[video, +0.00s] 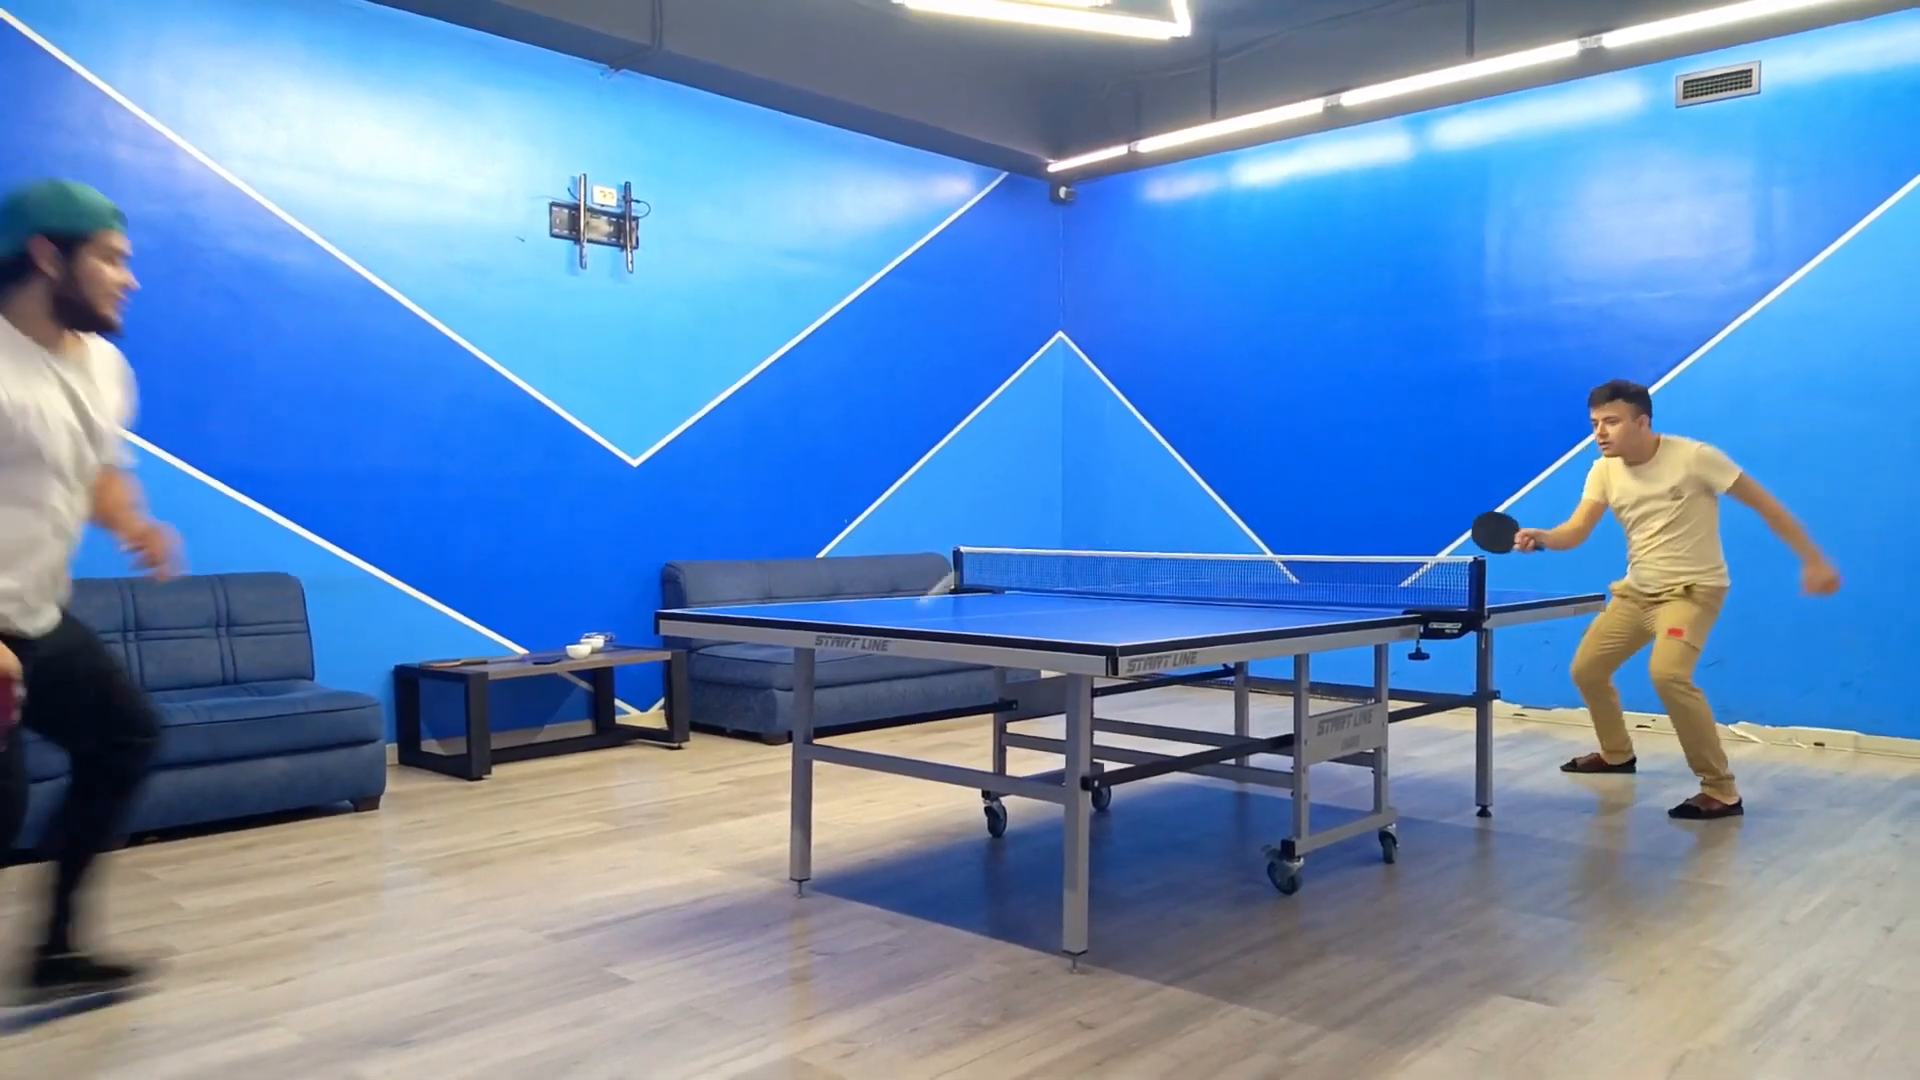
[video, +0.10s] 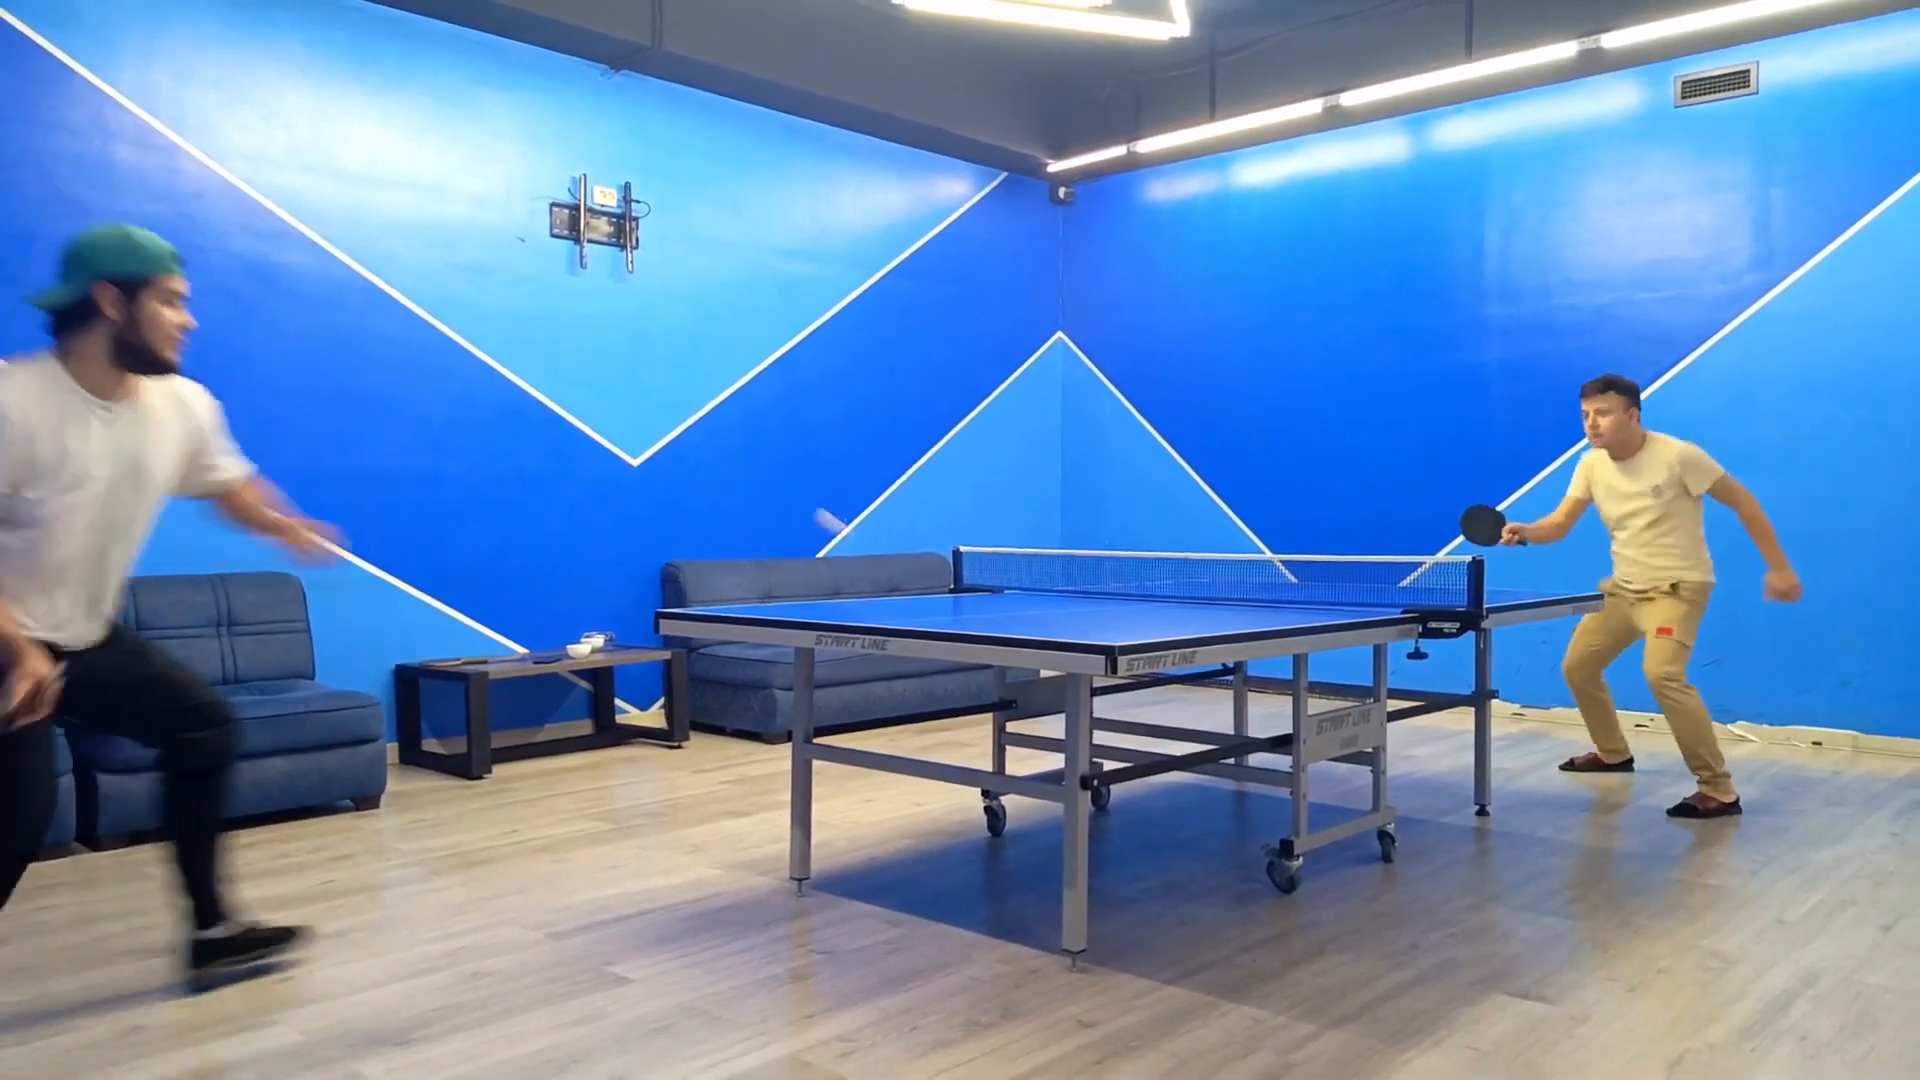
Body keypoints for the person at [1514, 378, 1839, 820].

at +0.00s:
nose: (1600, 432)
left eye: (1610, 422)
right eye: (1595, 424)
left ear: (1643, 421)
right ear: (1594, 426)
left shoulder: (1694, 459)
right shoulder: (1605, 470)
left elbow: (1766, 505)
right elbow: (1576, 530)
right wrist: (1542, 538)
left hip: (1692, 590)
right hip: (1637, 592)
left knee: (1668, 676)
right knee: (1587, 671)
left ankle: (1721, 792)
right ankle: (1616, 754)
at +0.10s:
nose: (1591, 424)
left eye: (1602, 414)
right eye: (1586, 416)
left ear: (1633, 415)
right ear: (1584, 419)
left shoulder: (1678, 457)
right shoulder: (1591, 465)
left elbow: (1743, 502)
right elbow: (1559, 524)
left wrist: (1779, 567)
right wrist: (1525, 532)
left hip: (1677, 589)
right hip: (1624, 591)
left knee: (1663, 674)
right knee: (1578, 667)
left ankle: (1718, 790)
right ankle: (1613, 753)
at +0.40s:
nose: (1552, 418)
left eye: (1562, 407)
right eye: (1547, 411)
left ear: (1591, 409)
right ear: (1546, 419)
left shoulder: (1630, 446)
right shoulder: (1569, 465)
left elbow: (1700, 480)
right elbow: (1578, 527)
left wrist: (1711, 548)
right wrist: (1532, 553)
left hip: (1659, 575)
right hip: (1614, 580)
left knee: (1666, 667)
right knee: (1576, 648)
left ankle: (1736, 772)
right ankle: (1585, 740)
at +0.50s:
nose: (1544, 445)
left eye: (1553, 435)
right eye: (1539, 438)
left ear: (1582, 436)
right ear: (1539, 443)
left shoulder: (1606, 467)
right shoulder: (1580, 487)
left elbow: (1675, 501)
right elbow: (1603, 553)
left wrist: (1660, 557)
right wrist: (1555, 587)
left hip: (1652, 593)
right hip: (1615, 598)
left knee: (1647, 684)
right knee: (1558, 654)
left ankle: (1736, 775)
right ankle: (1584, 743)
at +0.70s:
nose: (1564, 442)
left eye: (1572, 432)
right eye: (1562, 435)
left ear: (1601, 432)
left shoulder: (1616, 456)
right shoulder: (1600, 481)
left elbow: (1644, 480)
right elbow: (1599, 552)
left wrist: (1604, 506)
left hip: (1646, 588)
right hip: (1617, 595)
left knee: (1641, 682)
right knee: (1556, 649)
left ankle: (1732, 771)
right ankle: (1583, 742)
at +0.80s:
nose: (1587, 405)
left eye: (1595, 395)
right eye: (1584, 397)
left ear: (1625, 395)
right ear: (1588, 403)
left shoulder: (1648, 422)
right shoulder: (1605, 449)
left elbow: (1691, 440)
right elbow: (1572, 489)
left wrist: (1665, 446)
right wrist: (1551, 453)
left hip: (1662, 562)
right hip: (1619, 568)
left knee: (1675, 660)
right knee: (1575, 645)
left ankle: (1724, 768)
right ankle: (1584, 741)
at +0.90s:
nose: (1612, 378)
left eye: (1620, 368)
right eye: (1608, 370)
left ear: (1652, 369)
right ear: (1611, 375)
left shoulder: (1678, 405)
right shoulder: (1624, 417)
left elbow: (1738, 413)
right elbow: (1602, 427)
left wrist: (1757, 394)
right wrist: (1574, 396)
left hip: (1676, 547)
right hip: (1626, 548)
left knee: (1698, 649)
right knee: (1602, 639)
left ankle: (1749, 754)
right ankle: (1589, 735)